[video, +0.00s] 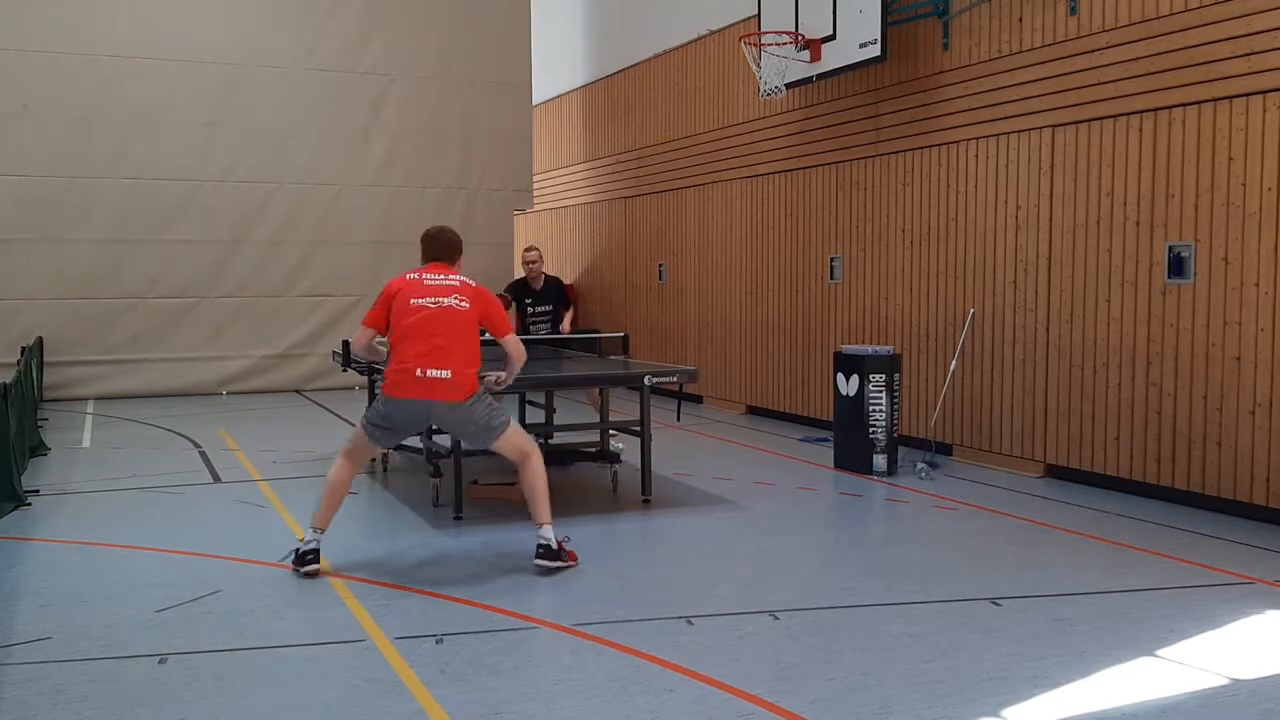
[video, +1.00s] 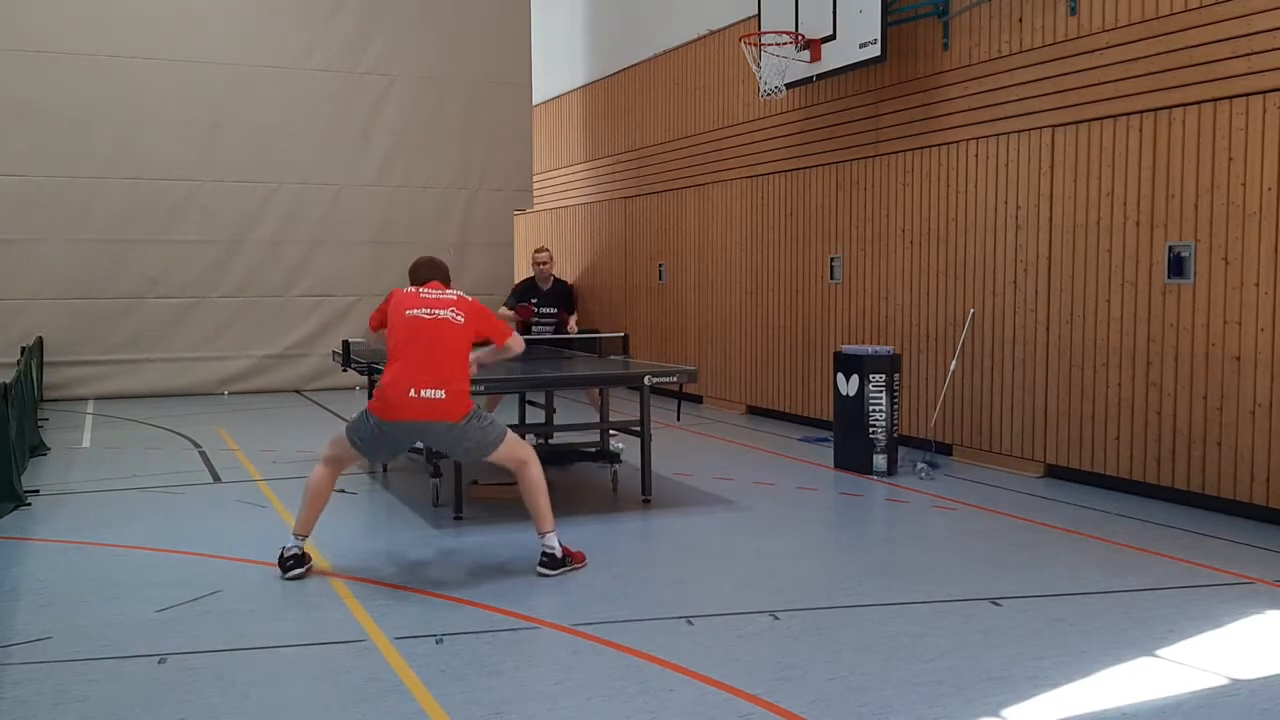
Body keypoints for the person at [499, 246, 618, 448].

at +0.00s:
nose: (530, 267)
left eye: (534, 263)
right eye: (526, 263)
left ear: (542, 263)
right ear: (522, 265)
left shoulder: (555, 284)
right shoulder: (515, 287)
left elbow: (569, 308)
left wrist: (566, 321)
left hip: (556, 346)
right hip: (526, 347)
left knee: (588, 377)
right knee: (501, 378)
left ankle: (607, 426)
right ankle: (481, 421)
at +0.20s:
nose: (533, 269)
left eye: (537, 265)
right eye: (529, 266)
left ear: (545, 266)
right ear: (524, 268)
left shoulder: (558, 287)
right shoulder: (516, 290)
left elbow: (570, 310)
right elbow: (499, 314)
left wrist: (567, 323)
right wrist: (507, 329)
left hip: (555, 351)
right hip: (523, 351)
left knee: (587, 377)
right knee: (497, 380)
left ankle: (607, 425)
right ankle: (477, 422)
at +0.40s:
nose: (537, 290)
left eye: (540, 285)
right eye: (533, 286)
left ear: (548, 285)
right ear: (528, 286)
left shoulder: (559, 300)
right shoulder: (523, 302)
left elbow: (575, 317)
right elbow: (504, 323)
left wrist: (571, 335)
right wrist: (501, 337)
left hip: (559, 354)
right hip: (530, 355)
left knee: (589, 379)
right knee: (501, 379)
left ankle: (605, 423)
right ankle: (483, 420)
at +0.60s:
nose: (550, 284)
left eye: (553, 280)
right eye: (546, 281)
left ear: (558, 278)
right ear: (539, 280)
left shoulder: (568, 293)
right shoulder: (531, 294)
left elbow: (575, 315)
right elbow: (525, 318)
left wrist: (575, 330)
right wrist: (533, 330)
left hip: (564, 346)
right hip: (536, 346)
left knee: (590, 378)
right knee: (505, 375)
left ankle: (606, 428)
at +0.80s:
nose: (550, 265)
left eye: (554, 261)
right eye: (546, 262)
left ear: (560, 262)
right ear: (540, 264)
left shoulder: (568, 286)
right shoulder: (529, 285)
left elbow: (575, 310)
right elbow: (508, 307)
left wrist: (577, 322)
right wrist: (521, 311)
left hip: (564, 350)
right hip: (534, 350)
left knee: (590, 379)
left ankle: (606, 428)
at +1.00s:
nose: (542, 267)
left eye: (545, 263)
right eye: (537, 264)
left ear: (552, 264)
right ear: (532, 266)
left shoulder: (565, 288)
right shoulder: (523, 287)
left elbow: (572, 313)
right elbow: (502, 311)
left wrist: (571, 322)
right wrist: (514, 316)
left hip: (559, 351)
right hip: (527, 351)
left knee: (588, 378)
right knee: (500, 378)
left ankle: (606, 424)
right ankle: (482, 420)